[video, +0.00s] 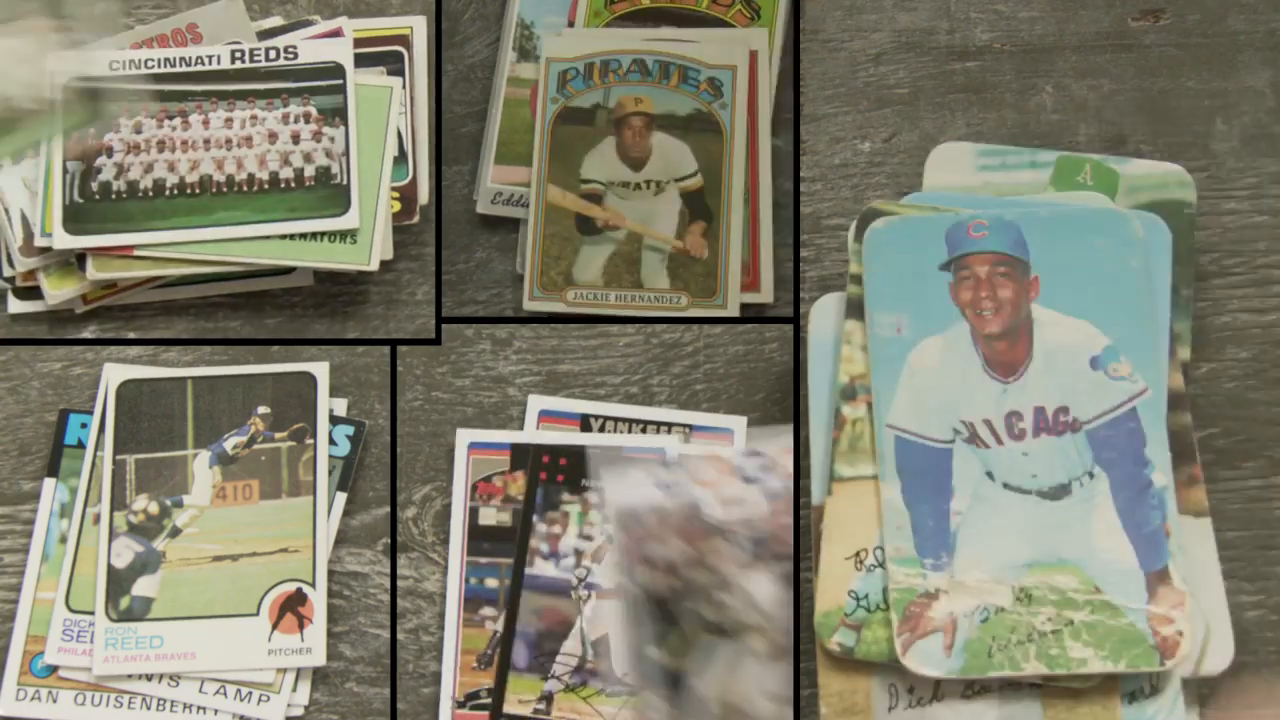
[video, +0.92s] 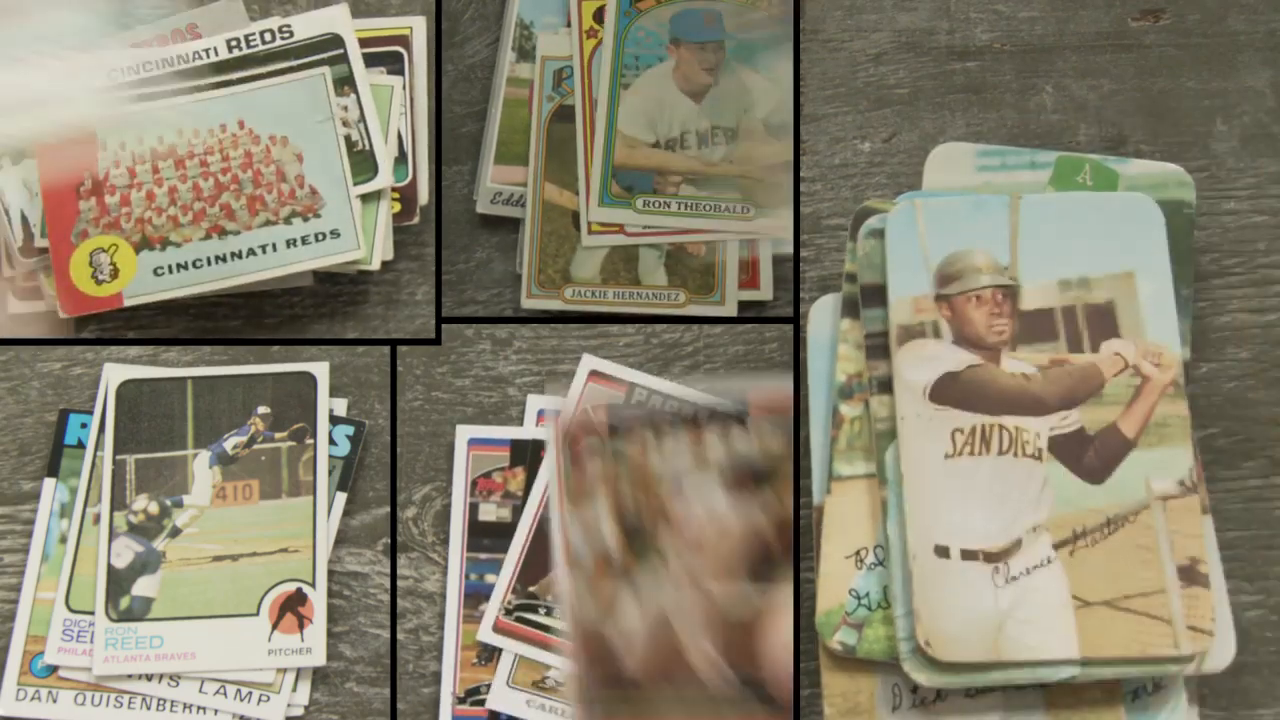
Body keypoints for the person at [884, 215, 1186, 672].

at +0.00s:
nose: (984, 291)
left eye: (1000, 276)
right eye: (969, 279)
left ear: (1031, 288)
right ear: (954, 294)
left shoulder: (1082, 349)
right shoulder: (932, 365)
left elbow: (1127, 468)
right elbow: (925, 485)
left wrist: (1159, 583)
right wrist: (937, 585)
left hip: (1090, 500)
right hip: (997, 502)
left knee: (1165, 631)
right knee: (942, 642)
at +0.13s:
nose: (984, 291)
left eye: (1000, 276)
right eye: (969, 279)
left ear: (1032, 288)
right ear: (954, 294)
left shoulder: (1083, 349)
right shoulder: (931, 366)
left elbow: (1127, 467)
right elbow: (925, 484)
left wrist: (1159, 583)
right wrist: (937, 584)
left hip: (1090, 499)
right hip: (997, 502)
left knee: (1164, 631)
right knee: (944, 642)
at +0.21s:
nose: (1179, 270)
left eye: (1190, 249)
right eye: (1161, 249)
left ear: (1202, 252)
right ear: (1121, 245)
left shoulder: (1148, 305)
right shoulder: (1087, 342)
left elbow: (1163, 376)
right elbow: (1130, 501)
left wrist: (1190, 426)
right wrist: (1197, 560)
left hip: (1104, 503)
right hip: (1030, 518)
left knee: (1162, 636)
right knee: (1029, 671)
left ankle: (1190, 711)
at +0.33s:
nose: (1075, 324)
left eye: (1084, 311)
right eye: (1062, 306)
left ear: (1091, 314)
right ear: (1025, 298)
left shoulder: (1042, 346)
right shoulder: (999, 370)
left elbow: (1035, 399)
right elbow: (1020, 492)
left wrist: (1065, 433)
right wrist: (1074, 553)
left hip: (993, 471)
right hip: (931, 481)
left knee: (1035, 597)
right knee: (923, 617)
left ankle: (1063, 698)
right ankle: (906, 701)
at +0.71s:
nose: (1074, 324)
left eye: (1085, 312)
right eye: (1061, 306)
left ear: (1092, 315)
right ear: (1025, 298)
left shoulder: (1040, 345)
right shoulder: (997, 372)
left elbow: (1037, 394)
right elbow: (1020, 494)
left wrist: (1062, 431)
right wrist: (1078, 556)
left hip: (990, 470)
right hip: (932, 479)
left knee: (1032, 589)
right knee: (924, 622)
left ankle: (1069, 691)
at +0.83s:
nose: (997, 311)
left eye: (1004, 298)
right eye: (978, 300)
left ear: (1014, 306)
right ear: (945, 311)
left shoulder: (1028, 380)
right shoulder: (918, 362)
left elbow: (1092, 467)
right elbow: (1038, 400)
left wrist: (1152, 389)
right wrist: (1104, 369)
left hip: (1032, 570)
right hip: (954, 577)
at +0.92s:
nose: (996, 306)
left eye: (1003, 293)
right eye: (977, 296)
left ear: (1015, 303)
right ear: (946, 310)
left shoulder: (1036, 382)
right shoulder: (919, 359)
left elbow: (1093, 463)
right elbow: (1039, 396)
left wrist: (1153, 386)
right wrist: (1114, 359)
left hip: (1033, 565)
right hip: (952, 573)